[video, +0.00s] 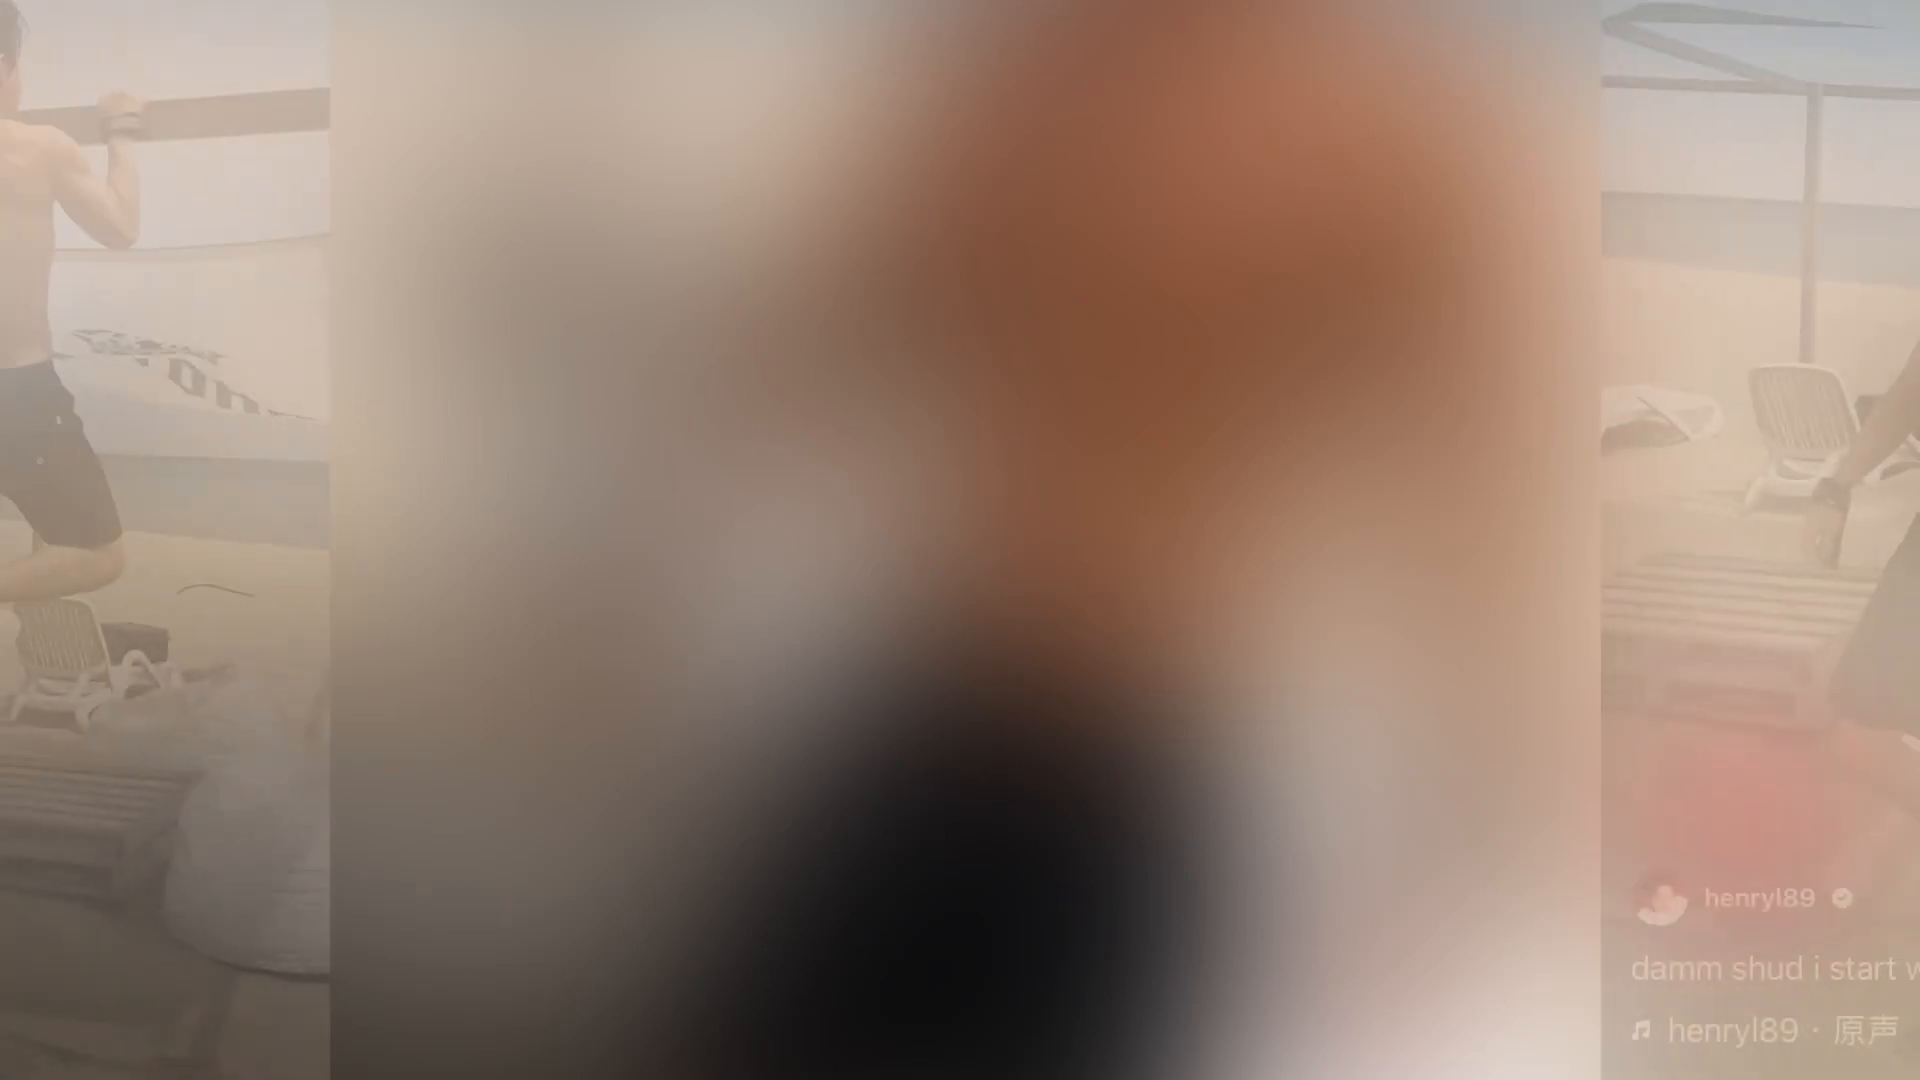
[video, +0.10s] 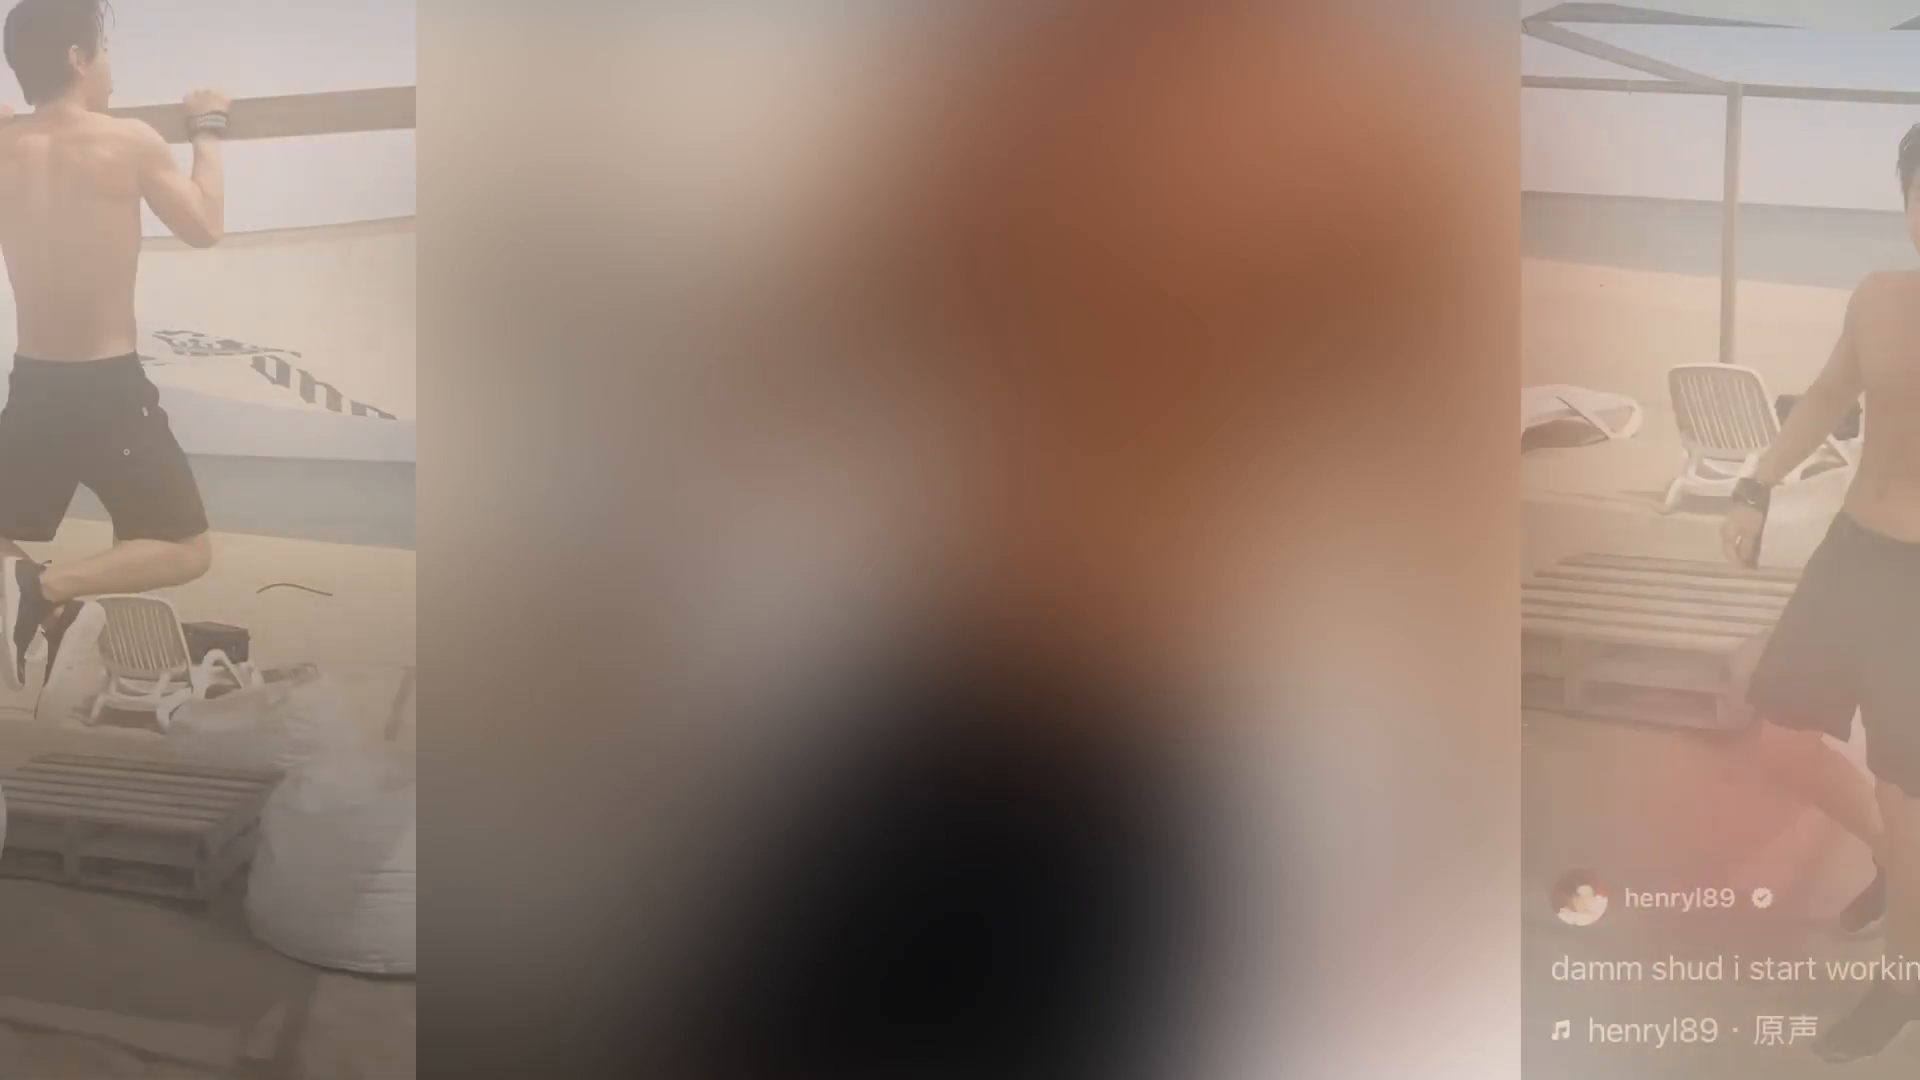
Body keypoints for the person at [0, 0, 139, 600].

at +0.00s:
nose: (18, 80)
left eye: (14, 65)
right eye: (15, 65)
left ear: (9, 68)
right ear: (7, 68)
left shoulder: (37, 148)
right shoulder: (37, 147)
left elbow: (118, 228)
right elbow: (120, 229)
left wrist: (120, 138)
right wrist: (123, 136)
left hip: (18, 379)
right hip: (17, 381)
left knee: (53, 549)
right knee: (98, 556)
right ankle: (0, 587)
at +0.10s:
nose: (110, 66)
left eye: (107, 51)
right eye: (103, 52)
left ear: (28, 63)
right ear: (77, 60)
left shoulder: (5, 139)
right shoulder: (129, 142)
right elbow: (205, 226)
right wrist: (208, 132)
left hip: (29, 392)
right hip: (112, 393)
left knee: (7, 536)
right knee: (186, 550)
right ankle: (49, 583)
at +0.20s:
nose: (205, 75)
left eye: (200, 59)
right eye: (196, 60)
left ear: (137, 75)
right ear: (166, 70)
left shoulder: (88, 162)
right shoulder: (222, 154)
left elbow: (62, 239)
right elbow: (299, 230)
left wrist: (74, 142)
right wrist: (299, 133)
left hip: (126, 403)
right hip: (207, 404)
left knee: (77, 558)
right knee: (279, 565)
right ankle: (142, 592)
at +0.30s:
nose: (287, 98)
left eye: (280, 83)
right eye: (277, 85)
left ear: (220, 102)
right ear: (248, 97)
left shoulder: (173, 186)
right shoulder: (304, 178)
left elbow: (146, 244)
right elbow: (389, 233)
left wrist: (152, 151)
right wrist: (384, 135)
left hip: (215, 425)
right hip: (295, 427)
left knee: (172, 575)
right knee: (359, 584)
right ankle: (222, 608)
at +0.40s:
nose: (359, 126)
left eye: (353, 111)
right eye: (348, 114)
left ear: (279, 136)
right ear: (317, 129)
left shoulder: (246, 216)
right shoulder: (375, 206)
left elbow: (218, 246)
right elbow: (467, 235)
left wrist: (223, 152)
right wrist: (456, 139)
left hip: (294, 449)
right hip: (373, 450)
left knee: (259, 591)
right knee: (433, 607)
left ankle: (299, 680)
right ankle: (297, 632)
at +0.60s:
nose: (454, 193)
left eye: (449, 180)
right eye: (449, 181)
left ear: (373, 204)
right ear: (431, 199)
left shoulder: (358, 282)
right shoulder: (484, 267)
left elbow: (332, 238)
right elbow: (572, 240)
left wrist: (328, 152)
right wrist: (564, 137)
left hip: (411, 503)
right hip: (487, 504)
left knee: (374, 635)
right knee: (551, 656)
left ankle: (421, 722)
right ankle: (413, 690)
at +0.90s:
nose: (532, 262)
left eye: (520, 255)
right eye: (526, 255)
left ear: (452, 286)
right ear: (519, 275)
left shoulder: (445, 356)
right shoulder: (565, 337)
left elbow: (410, 267)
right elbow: (641, 262)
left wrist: (397, 167)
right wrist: (635, 151)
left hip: (498, 571)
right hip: (576, 573)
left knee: (452, 703)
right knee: (635, 732)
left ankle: (512, 801)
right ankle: (495, 774)